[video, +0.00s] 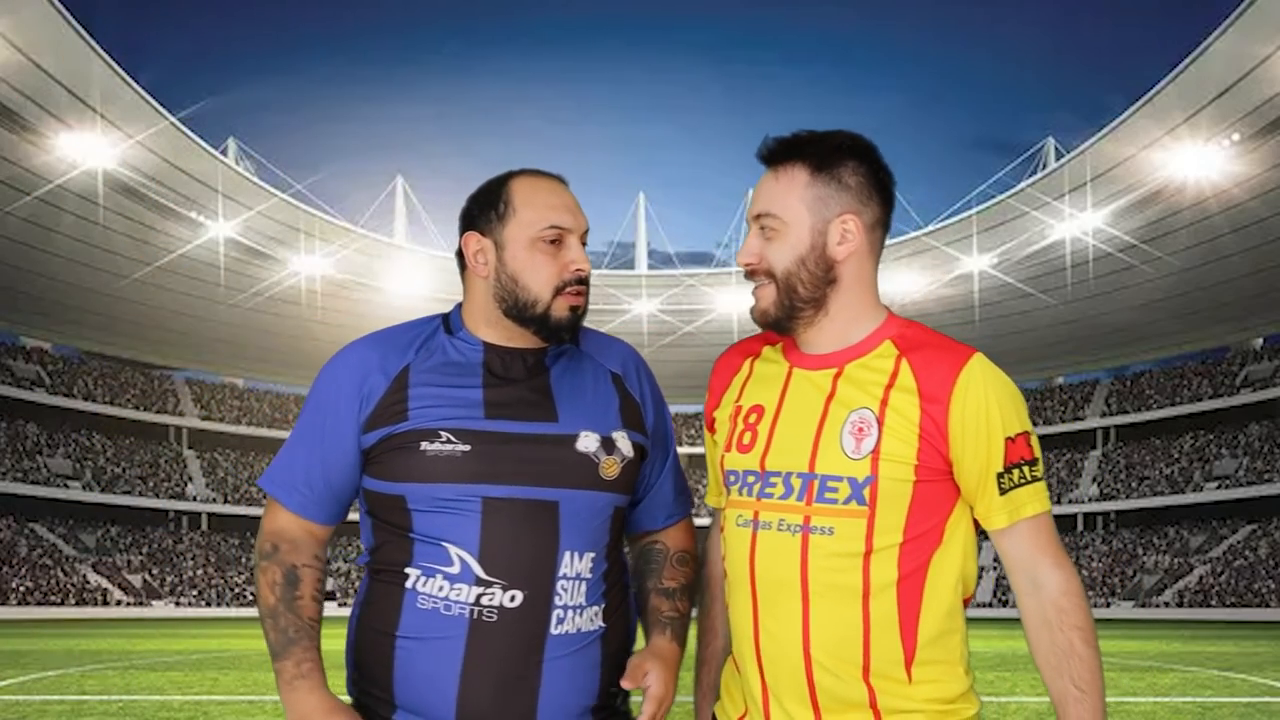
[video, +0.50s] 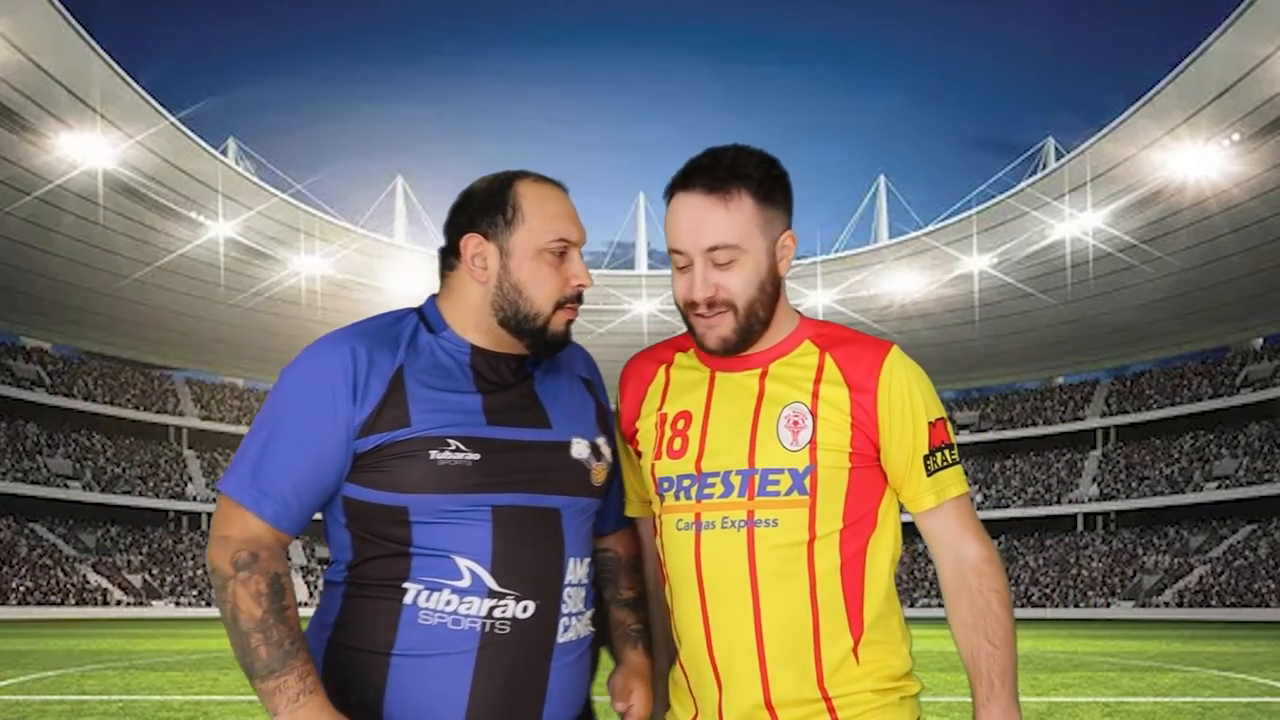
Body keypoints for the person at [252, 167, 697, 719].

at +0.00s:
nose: (582, 261)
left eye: (583, 243)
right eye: (553, 240)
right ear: (478, 253)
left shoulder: (622, 378)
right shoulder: (369, 374)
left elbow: (663, 528)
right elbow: (291, 532)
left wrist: (664, 643)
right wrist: (304, 689)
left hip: (578, 706)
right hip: (405, 706)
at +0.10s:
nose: (597, 268)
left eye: (599, 250)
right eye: (569, 246)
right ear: (495, 257)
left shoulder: (632, 378)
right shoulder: (385, 371)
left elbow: (670, 529)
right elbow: (303, 533)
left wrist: (668, 642)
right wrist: (324, 690)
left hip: (585, 704)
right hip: (415, 704)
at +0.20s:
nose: (609, 274)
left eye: (611, 254)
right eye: (582, 250)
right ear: (506, 258)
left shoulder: (633, 373)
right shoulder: (389, 369)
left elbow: (663, 533)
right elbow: (311, 539)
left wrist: (666, 655)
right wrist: (335, 688)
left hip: (588, 709)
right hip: (415, 709)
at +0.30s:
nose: (611, 272)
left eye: (610, 251)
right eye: (583, 248)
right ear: (505, 257)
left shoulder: (624, 371)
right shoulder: (388, 366)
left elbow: (651, 526)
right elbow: (304, 537)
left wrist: (659, 642)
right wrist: (328, 684)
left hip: (582, 709)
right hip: (412, 708)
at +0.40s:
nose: (602, 275)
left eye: (601, 254)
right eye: (576, 251)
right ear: (497, 256)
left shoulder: (605, 373)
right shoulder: (376, 365)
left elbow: (637, 525)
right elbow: (277, 539)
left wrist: (649, 644)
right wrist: (319, 697)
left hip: (573, 707)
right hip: (403, 708)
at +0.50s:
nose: (583, 279)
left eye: (580, 255)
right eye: (559, 253)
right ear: (478, 256)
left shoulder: (576, 377)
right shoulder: (351, 368)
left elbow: (612, 535)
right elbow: (241, 548)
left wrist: (635, 659)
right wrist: (305, 707)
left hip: (551, 705)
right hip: (382, 705)